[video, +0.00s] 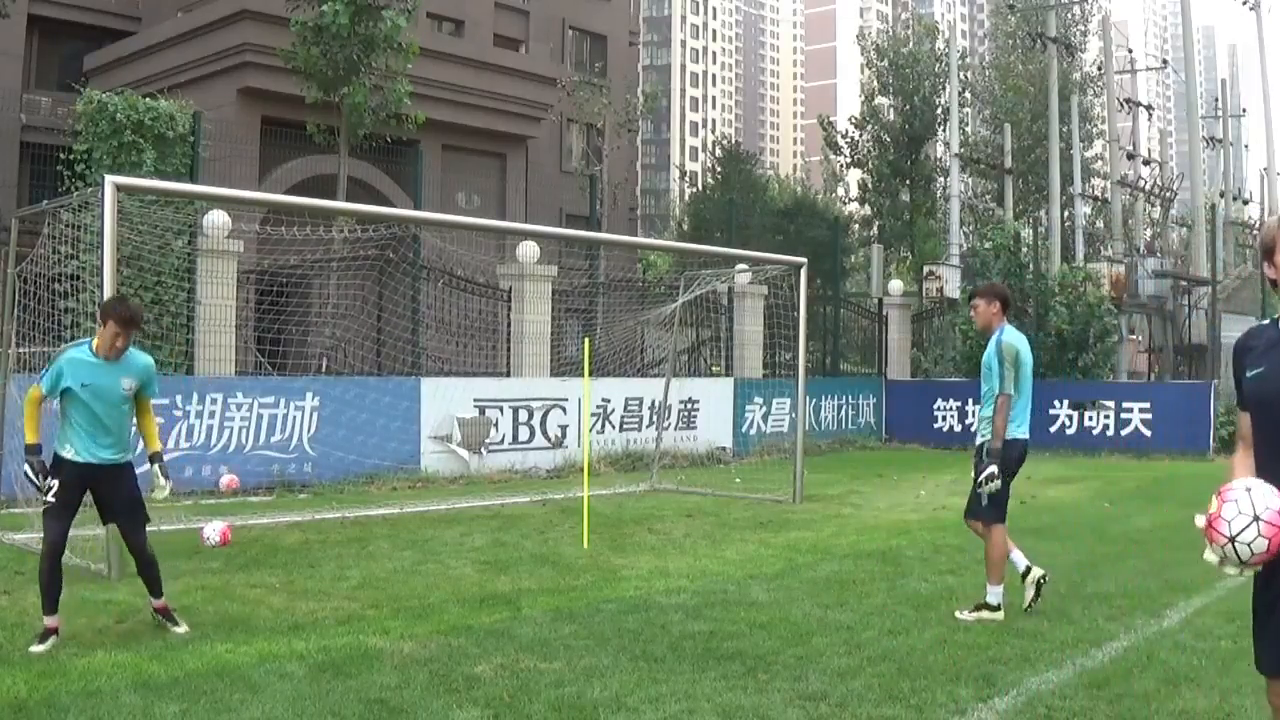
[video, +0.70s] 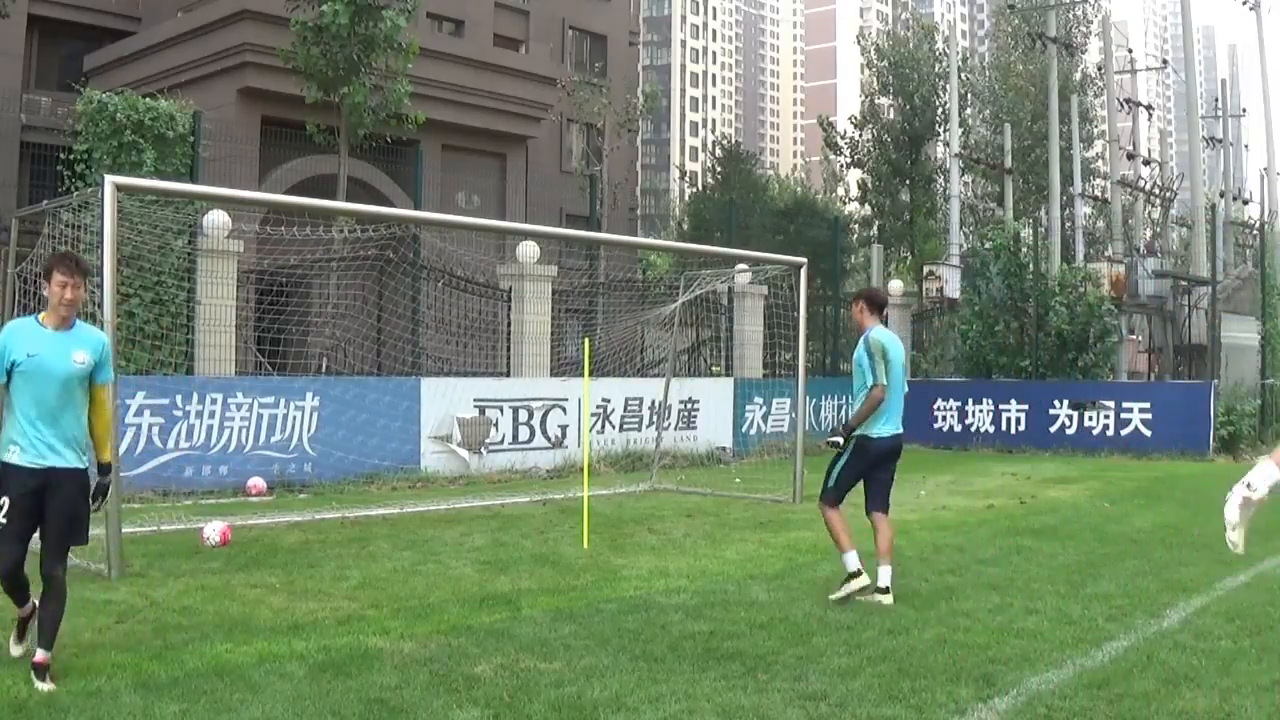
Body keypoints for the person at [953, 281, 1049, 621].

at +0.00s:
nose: (972, 315)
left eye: (975, 308)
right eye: (972, 309)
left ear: (996, 308)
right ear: (995, 310)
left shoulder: (1005, 342)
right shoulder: (1008, 339)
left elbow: (1004, 400)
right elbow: (1004, 399)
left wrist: (995, 456)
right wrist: (984, 446)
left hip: (1004, 443)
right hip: (1001, 440)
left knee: (993, 522)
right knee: (974, 517)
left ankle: (993, 603)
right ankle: (1027, 570)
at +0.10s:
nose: (957, 315)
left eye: (961, 308)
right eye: (957, 308)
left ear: (981, 308)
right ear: (980, 309)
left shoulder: (989, 342)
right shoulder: (993, 339)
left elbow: (983, 398)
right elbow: (989, 398)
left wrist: (963, 447)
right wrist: (965, 443)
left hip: (989, 441)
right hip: (990, 439)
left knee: (985, 519)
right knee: (951, 508)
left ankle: (992, 601)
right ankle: (987, 573)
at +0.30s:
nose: (919, 319)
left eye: (923, 313)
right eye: (919, 314)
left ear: (941, 312)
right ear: (942, 313)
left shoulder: (946, 345)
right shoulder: (962, 345)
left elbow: (934, 399)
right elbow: (965, 401)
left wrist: (901, 436)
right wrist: (967, 450)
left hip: (947, 444)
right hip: (957, 442)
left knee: (962, 522)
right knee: (921, 519)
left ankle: (989, 601)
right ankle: (890, 587)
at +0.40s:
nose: (895, 319)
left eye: (898, 312)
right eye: (896, 313)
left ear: (914, 311)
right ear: (918, 312)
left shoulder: (921, 344)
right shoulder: (941, 345)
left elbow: (913, 396)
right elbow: (949, 403)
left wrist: (880, 436)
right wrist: (948, 448)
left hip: (921, 443)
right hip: (933, 442)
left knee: (930, 521)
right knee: (903, 516)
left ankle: (976, 589)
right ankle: (884, 589)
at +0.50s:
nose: (882, 315)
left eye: (884, 308)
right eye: (883, 309)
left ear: (897, 308)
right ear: (905, 309)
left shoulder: (905, 341)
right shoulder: (927, 342)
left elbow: (903, 393)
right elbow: (933, 399)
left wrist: (871, 433)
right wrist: (931, 443)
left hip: (906, 441)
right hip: (921, 440)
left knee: (893, 519)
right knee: (895, 516)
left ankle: (949, 573)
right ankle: (884, 588)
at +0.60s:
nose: (866, 315)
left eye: (868, 309)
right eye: (867, 309)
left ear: (877, 308)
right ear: (892, 309)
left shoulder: (885, 339)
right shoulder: (906, 340)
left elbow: (888, 390)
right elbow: (911, 393)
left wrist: (858, 429)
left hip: (882, 440)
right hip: (904, 439)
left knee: (849, 508)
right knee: (885, 511)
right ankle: (884, 586)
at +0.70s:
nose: (853, 315)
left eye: (854, 309)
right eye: (854, 310)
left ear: (864, 309)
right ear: (879, 311)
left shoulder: (872, 339)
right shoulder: (895, 341)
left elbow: (879, 390)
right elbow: (900, 390)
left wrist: (847, 428)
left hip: (868, 439)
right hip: (891, 439)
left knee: (828, 502)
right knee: (879, 511)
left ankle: (854, 572)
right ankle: (884, 587)